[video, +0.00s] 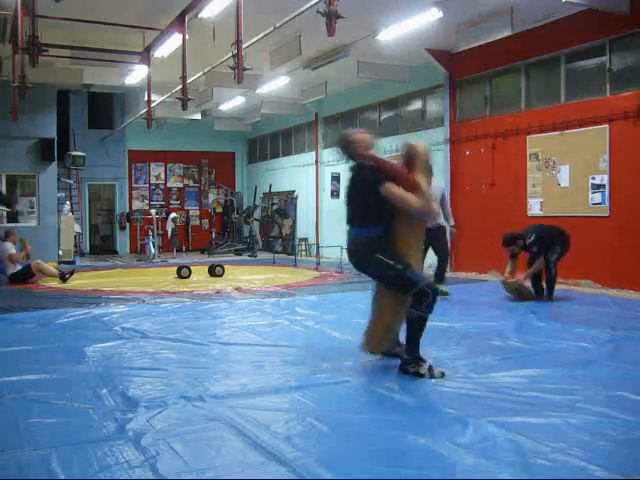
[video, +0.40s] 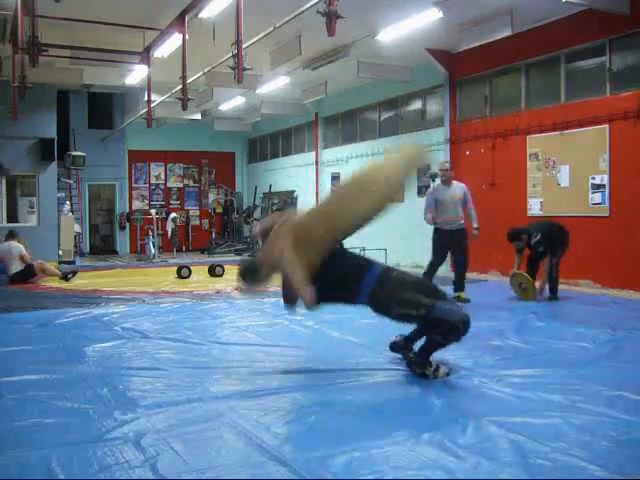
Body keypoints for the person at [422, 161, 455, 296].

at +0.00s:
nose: (426, 178)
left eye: (428, 175)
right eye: (423, 175)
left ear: (431, 175)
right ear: (418, 176)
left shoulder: (439, 189)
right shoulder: (416, 190)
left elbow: (445, 208)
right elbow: (412, 209)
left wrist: (451, 222)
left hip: (437, 226)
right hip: (421, 227)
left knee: (443, 256)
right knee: (418, 257)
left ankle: (438, 282)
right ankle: (415, 282)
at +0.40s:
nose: (444, 174)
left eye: (446, 171)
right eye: (442, 171)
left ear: (452, 172)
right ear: (439, 173)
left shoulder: (461, 188)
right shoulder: (433, 190)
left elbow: (469, 207)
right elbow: (429, 208)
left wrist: (474, 224)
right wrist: (429, 217)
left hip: (458, 228)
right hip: (441, 228)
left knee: (461, 261)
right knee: (437, 259)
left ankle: (459, 291)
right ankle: (423, 285)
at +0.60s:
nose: (452, 172)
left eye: (454, 168)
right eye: (449, 169)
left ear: (460, 170)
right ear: (445, 171)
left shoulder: (471, 185)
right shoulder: (442, 188)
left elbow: (481, 202)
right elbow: (437, 207)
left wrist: (486, 219)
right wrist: (437, 215)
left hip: (466, 225)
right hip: (450, 225)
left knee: (467, 258)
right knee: (454, 257)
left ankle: (460, 290)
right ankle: (448, 286)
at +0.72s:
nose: (455, 171)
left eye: (457, 168)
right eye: (452, 169)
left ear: (463, 169)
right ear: (449, 171)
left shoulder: (475, 184)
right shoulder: (445, 188)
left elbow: (486, 202)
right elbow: (440, 208)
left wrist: (491, 218)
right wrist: (441, 216)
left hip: (471, 225)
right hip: (454, 225)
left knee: (468, 259)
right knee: (461, 257)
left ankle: (460, 290)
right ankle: (461, 290)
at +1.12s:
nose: (466, 172)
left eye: (469, 168)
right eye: (464, 169)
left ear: (476, 170)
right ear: (461, 171)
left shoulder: (489, 184)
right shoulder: (458, 191)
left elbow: (501, 203)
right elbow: (453, 212)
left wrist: (505, 220)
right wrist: (455, 220)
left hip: (489, 228)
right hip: (470, 228)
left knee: (492, 263)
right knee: (476, 263)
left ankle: (472, 282)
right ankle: (477, 295)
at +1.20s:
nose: (470, 171)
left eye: (473, 167)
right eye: (467, 168)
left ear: (479, 168)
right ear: (464, 170)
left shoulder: (492, 183)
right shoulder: (461, 190)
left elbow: (504, 202)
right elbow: (457, 213)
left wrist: (509, 221)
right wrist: (458, 218)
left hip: (492, 227)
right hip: (474, 227)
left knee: (500, 261)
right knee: (476, 263)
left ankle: (485, 284)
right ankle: (477, 295)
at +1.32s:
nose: (473, 170)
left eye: (476, 167)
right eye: (471, 167)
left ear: (483, 168)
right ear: (468, 170)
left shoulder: (496, 183)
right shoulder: (464, 190)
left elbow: (507, 203)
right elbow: (459, 212)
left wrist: (513, 220)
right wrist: (461, 219)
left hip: (496, 227)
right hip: (477, 227)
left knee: (505, 259)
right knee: (478, 263)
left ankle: (501, 290)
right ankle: (478, 296)